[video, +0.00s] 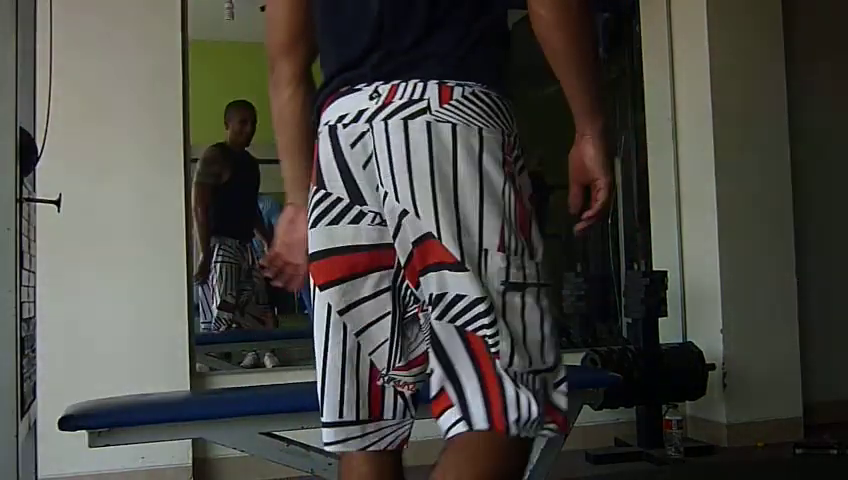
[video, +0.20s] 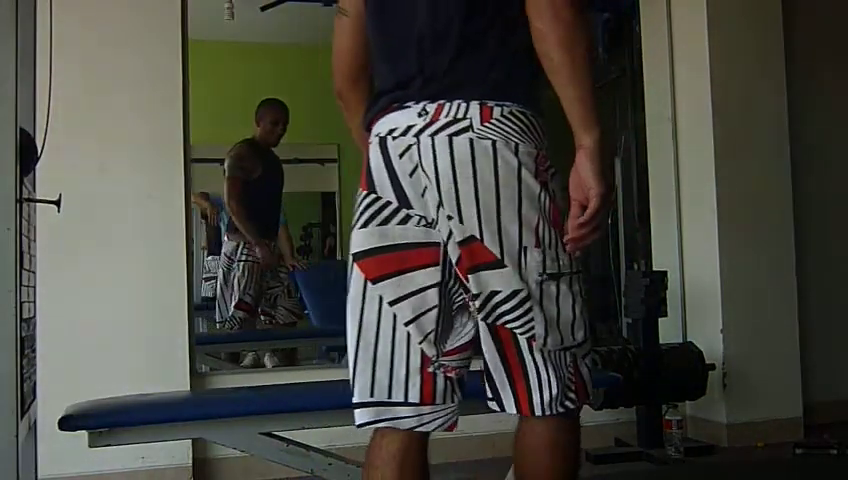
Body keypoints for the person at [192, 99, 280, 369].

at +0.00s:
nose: (249, 128)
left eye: (252, 123)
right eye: (243, 122)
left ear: (256, 126)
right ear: (228, 125)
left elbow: (252, 209)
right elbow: (199, 207)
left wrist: (271, 243)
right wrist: (205, 255)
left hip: (246, 249)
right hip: (221, 248)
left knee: (256, 316)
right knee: (223, 318)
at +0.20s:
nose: (280, 131)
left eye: (284, 125)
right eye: (275, 124)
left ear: (286, 127)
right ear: (259, 122)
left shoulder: (274, 162)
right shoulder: (241, 153)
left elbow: (274, 214)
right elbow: (232, 203)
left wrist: (287, 254)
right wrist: (259, 243)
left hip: (268, 250)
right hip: (243, 248)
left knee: (285, 313)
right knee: (238, 319)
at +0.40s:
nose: (309, 132)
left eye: (311, 127)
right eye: (303, 125)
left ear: (312, 127)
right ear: (286, 123)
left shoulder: (293, 158)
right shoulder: (272, 155)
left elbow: (292, 208)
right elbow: (265, 205)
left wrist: (304, 241)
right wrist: (298, 239)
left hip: (291, 247)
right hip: (281, 249)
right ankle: (251, 365)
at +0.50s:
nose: (323, 130)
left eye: (325, 124)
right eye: (320, 123)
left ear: (304, 123)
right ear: (303, 122)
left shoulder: (304, 158)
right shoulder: (283, 153)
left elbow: (305, 204)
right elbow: (274, 202)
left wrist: (320, 234)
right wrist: (305, 241)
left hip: (307, 245)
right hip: (297, 247)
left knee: (303, 316)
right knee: (337, 305)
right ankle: (292, 365)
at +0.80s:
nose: (358, 130)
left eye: (359, 124)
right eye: (355, 123)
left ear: (334, 123)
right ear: (339, 122)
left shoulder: (329, 152)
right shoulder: (319, 149)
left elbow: (334, 212)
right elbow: (305, 195)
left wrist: (362, 242)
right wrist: (331, 240)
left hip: (324, 242)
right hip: (334, 241)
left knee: (345, 316)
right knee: (395, 290)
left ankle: (324, 378)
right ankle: (408, 364)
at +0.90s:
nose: (369, 132)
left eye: (368, 125)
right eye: (365, 125)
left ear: (344, 125)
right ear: (349, 124)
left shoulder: (343, 156)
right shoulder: (332, 151)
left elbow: (335, 208)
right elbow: (324, 195)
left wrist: (361, 241)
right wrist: (353, 239)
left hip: (338, 247)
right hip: (336, 247)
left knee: (352, 320)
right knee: (401, 300)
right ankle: (410, 371)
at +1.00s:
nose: (380, 135)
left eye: (379, 129)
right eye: (376, 129)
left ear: (352, 131)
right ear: (363, 131)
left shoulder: (341, 157)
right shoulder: (350, 156)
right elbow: (348, 201)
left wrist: (373, 247)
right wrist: (378, 243)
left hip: (335, 253)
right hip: (345, 253)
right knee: (402, 314)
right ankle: (408, 389)